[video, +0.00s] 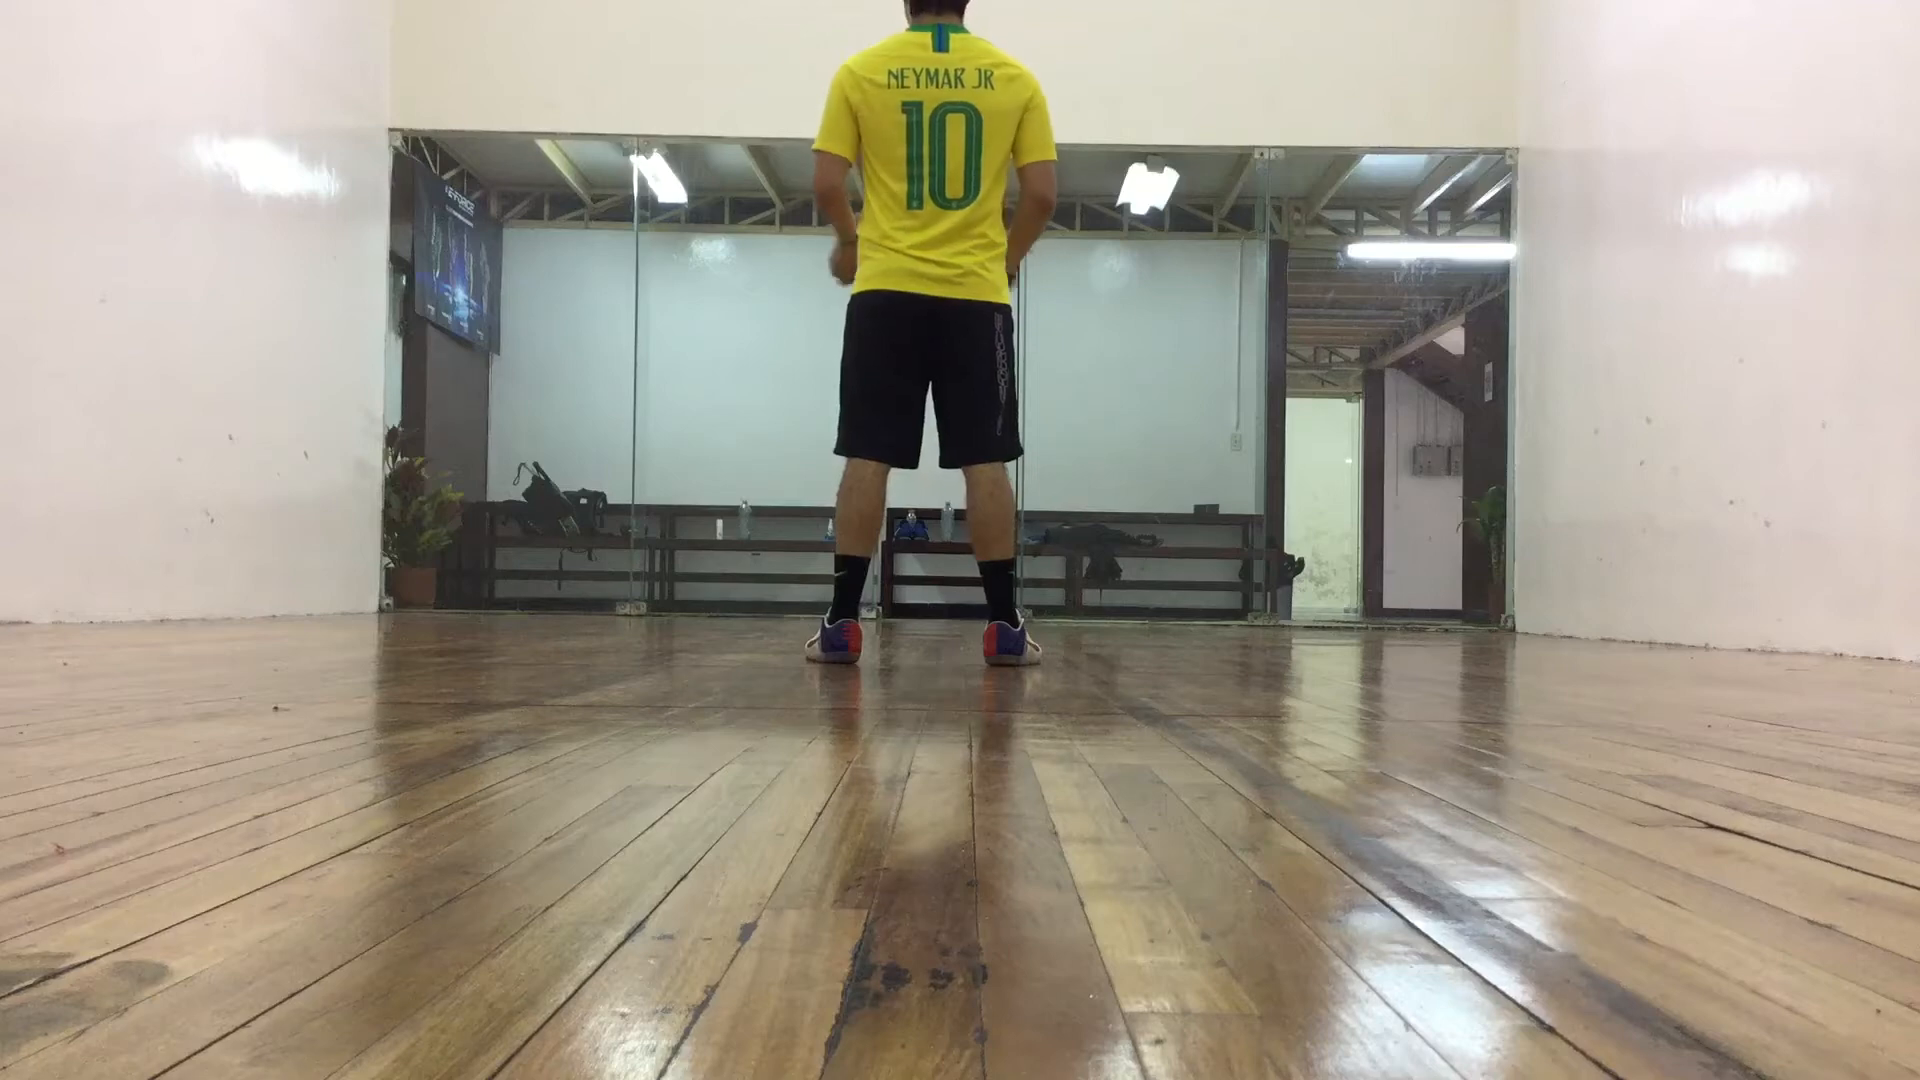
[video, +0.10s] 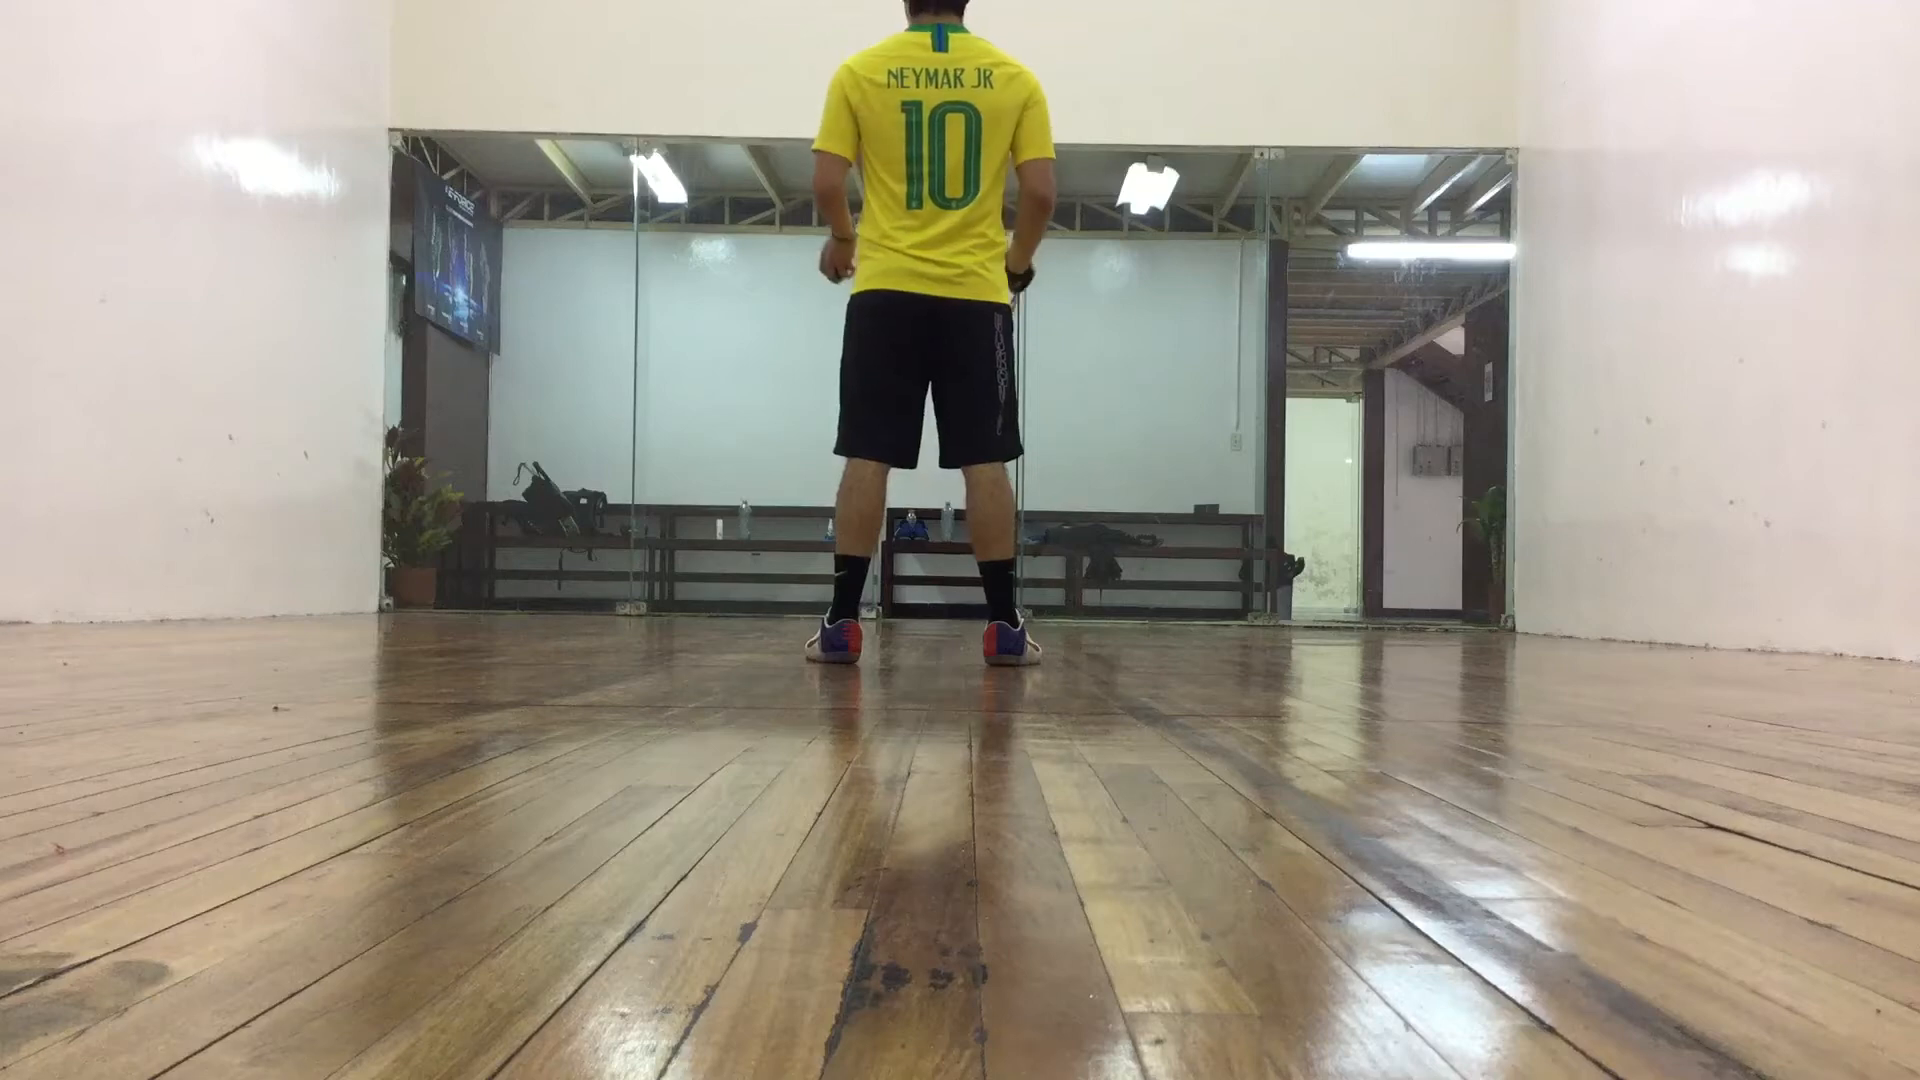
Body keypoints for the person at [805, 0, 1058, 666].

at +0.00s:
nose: (923, 13)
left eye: (911, 7)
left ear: (905, 5)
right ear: (966, 5)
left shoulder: (860, 72)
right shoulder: (1015, 78)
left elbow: (828, 181)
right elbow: (1041, 196)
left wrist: (848, 238)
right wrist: (1003, 257)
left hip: (884, 299)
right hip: (975, 303)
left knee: (866, 458)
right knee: (986, 463)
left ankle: (843, 621)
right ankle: (1005, 625)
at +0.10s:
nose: (922, 13)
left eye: (911, 7)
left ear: (906, 5)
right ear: (966, 5)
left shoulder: (859, 72)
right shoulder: (1015, 78)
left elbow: (827, 180)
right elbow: (1040, 192)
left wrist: (840, 235)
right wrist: (1020, 260)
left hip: (884, 299)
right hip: (975, 303)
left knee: (866, 458)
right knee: (986, 462)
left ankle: (843, 621)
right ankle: (1005, 625)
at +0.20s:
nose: (924, 14)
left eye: (911, 8)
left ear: (906, 6)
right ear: (966, 5)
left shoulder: (858, 72)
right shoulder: (1014, 76)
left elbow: (827, 181)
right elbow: (1040, 191)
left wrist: (845, 226)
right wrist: (1028, 259)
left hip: (884, 297)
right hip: (974, 301)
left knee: (866, 458)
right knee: (985, 462)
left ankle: (843, 621)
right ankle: (1005, 625)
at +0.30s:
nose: (917, 12)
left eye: (908, 6)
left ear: (905, 4)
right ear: (966, 4)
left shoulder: (859, 71)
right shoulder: (1013, 76)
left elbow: (831, 194)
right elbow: (1040, 193)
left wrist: (873, 195)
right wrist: (1031, 267)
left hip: (884, 297)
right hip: (974, 302)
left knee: (866, 458)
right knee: (985, 462)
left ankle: (843, 621)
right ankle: (1005, 625)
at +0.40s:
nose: (922, 13)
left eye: (910, 6)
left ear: (904, 4)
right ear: (965, 4)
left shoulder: (859, 72)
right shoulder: (1012, 76)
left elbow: (831, 192)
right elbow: (1039, 193)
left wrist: (877, 182)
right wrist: (1030, 273)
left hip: (883, 298)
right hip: (974, 303)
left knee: (866, 458)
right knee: (985, 462)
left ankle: (843, 621)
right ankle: (1005, 625)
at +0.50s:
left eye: (912, 6)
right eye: (957, 4)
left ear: (904, 3)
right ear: (967, 3)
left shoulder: (860, 71)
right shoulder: (1012, 77)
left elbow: (829, 191)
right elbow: (1037, 194)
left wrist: (874, 182)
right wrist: (1029, 282)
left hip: (884, 298)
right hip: (974, 304)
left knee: (866, 458)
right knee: (985, 463)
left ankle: (842, 621)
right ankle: (1005, 624)